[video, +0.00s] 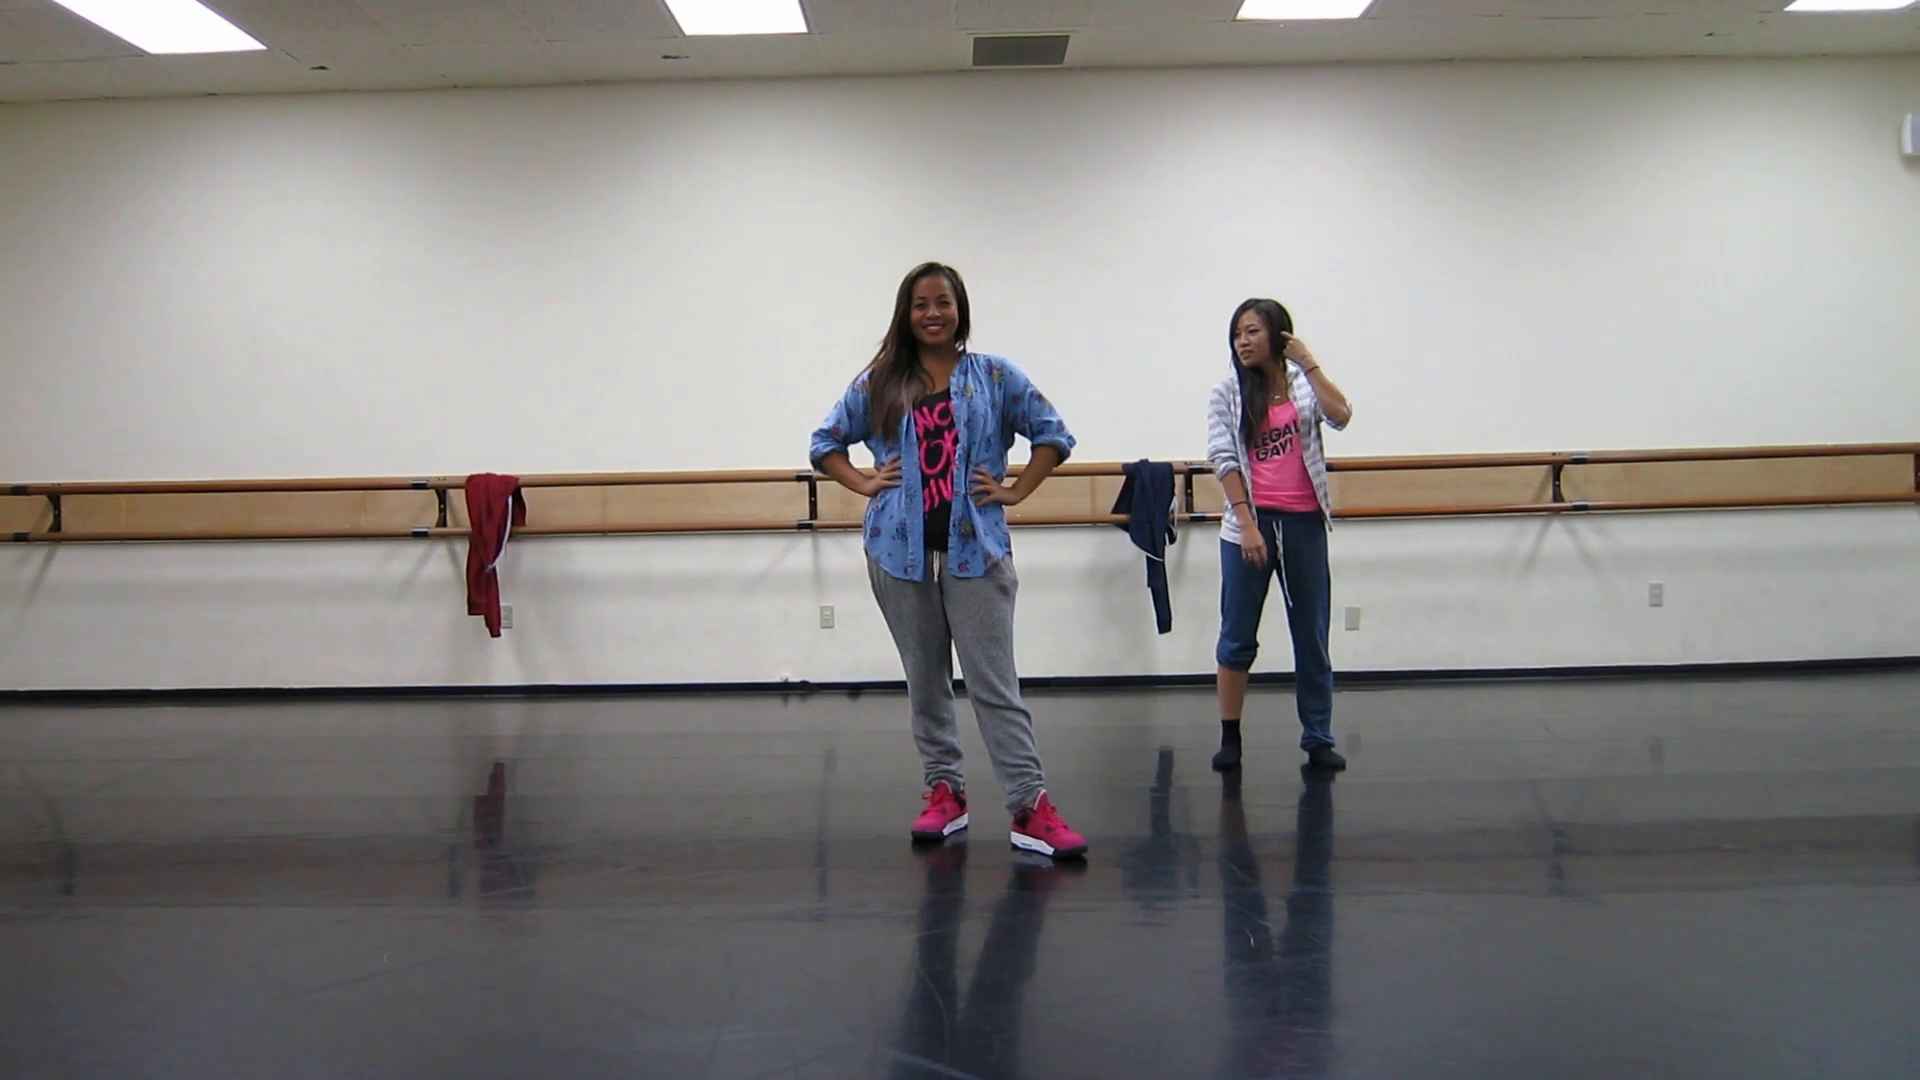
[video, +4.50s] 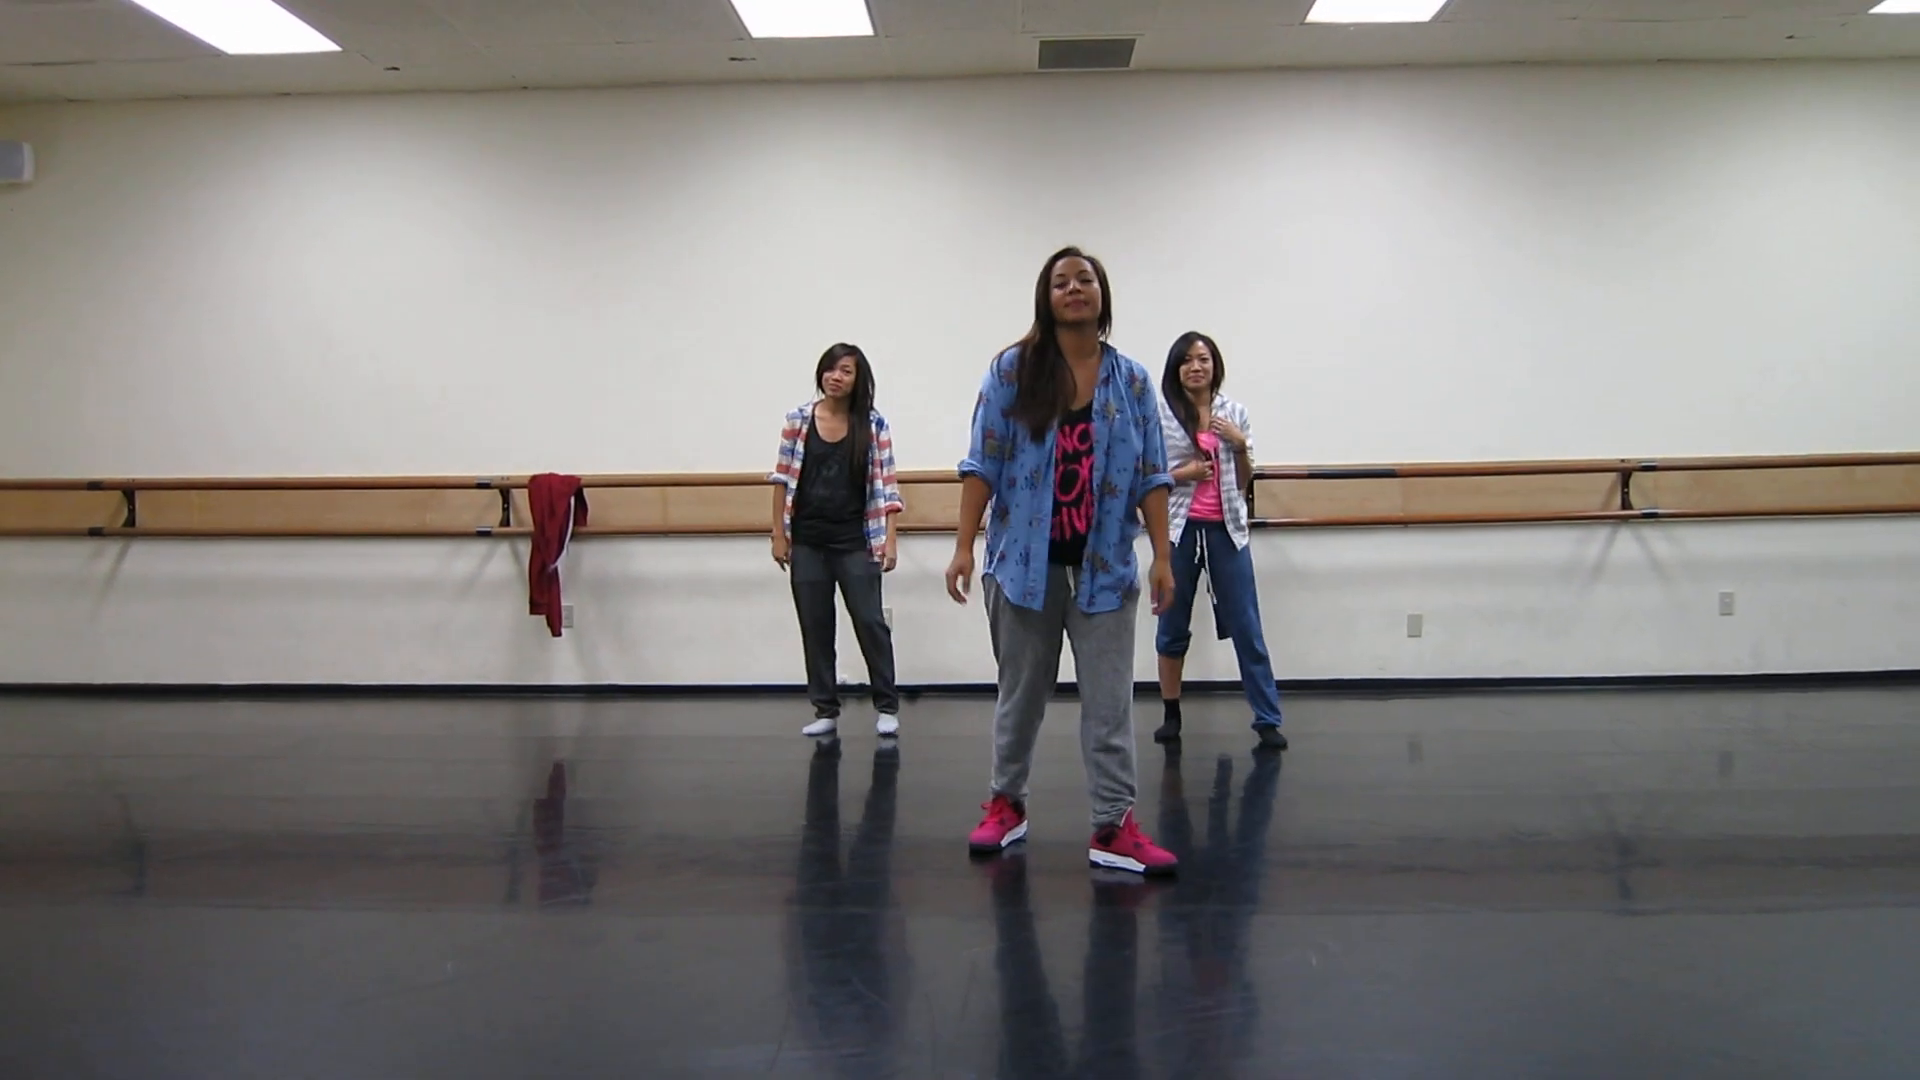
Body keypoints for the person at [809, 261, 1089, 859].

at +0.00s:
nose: (934, 312)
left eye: (944, 302)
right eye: (922, 304)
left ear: (962, 310)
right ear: (905, 314)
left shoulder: (995, 375)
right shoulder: (879, 384)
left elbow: (1054, 434)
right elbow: (823, 443)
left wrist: (1016, 490)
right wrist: (861, 481)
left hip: (975, 552)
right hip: (900, 555)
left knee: (995, 683)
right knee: (926, 682)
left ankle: (1030, 808)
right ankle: (944, 794)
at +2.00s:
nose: (941, 288)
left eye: (951, 279)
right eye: (930, 281)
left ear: (971, 291)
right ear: (914, 297)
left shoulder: (1006, 358)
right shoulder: (887, 371)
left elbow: (1063, 421)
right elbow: (844, 442)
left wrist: (1040, 485)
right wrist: (877, 494)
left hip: (1001, 540)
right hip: (923, 549)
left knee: (1020, 673)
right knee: (946, 680)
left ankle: (1048, 793)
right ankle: (959, 793)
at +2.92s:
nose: (977, 290)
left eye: (988, 280)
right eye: (965, 281)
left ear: (1007, 290)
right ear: (950, 293)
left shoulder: (1033, 365)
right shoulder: (921, 362)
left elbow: (1043, 459)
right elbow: (910, 453)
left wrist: (975, 498)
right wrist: (959, 521)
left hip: (1012, 549)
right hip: (935, 548)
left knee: (1015, 678)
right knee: (948, 677)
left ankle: (1040, 802)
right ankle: (961, 792)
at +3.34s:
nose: (1000, 295)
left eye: (1010, 285)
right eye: (988, 286)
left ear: (1028, 295)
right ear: (971, 297)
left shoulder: (1053, 361)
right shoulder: (946, 368)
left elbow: (1044, 440)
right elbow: (950, 454)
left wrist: (1013, 511)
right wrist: (983, 527)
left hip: (1048, 540)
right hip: (970, 543)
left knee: (1075, 671)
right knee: (985, 677)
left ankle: (1102, 802)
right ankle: (999, 792)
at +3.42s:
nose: (1003, 295)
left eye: (1013, 285)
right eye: (991, 286)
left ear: (1032, 295)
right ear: (974, 296)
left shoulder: (1058, 362)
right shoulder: (948, 370)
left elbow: (1069, 447)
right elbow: (936, 459)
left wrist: (1079, 523)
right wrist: (934, 537)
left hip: (1052, 541)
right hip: (975, 545)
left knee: (1074, 675)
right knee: (991, 677)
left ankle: (1096, 800)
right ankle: (1006, 791)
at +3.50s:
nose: (1003, 294)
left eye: (1015, 283)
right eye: (991, 285)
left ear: (1033, 293)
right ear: (975, 296)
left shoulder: (1062, 364)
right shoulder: (948, 371)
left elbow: (1101, 445)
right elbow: (912, 460)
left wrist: (1143, 516)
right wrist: (878, 540)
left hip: (1058, 546)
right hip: (979, 550)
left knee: (1066, 678)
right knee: (994, 678)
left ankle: (1087, 798)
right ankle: (1008, 791)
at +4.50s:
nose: (1075, 287)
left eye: (1085, 278)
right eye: (1062, 281)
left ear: (1104, 294)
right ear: (1045, 299)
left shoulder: (1131, 379)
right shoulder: (1012, 370)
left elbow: (1151, 475)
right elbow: (982, 463)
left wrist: (1161, 554)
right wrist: (964, 546)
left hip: (1105, 565)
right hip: (1024, 563)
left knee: (1110, 700)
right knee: (1020, 693)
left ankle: (1113, 826)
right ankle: (1005, 806)